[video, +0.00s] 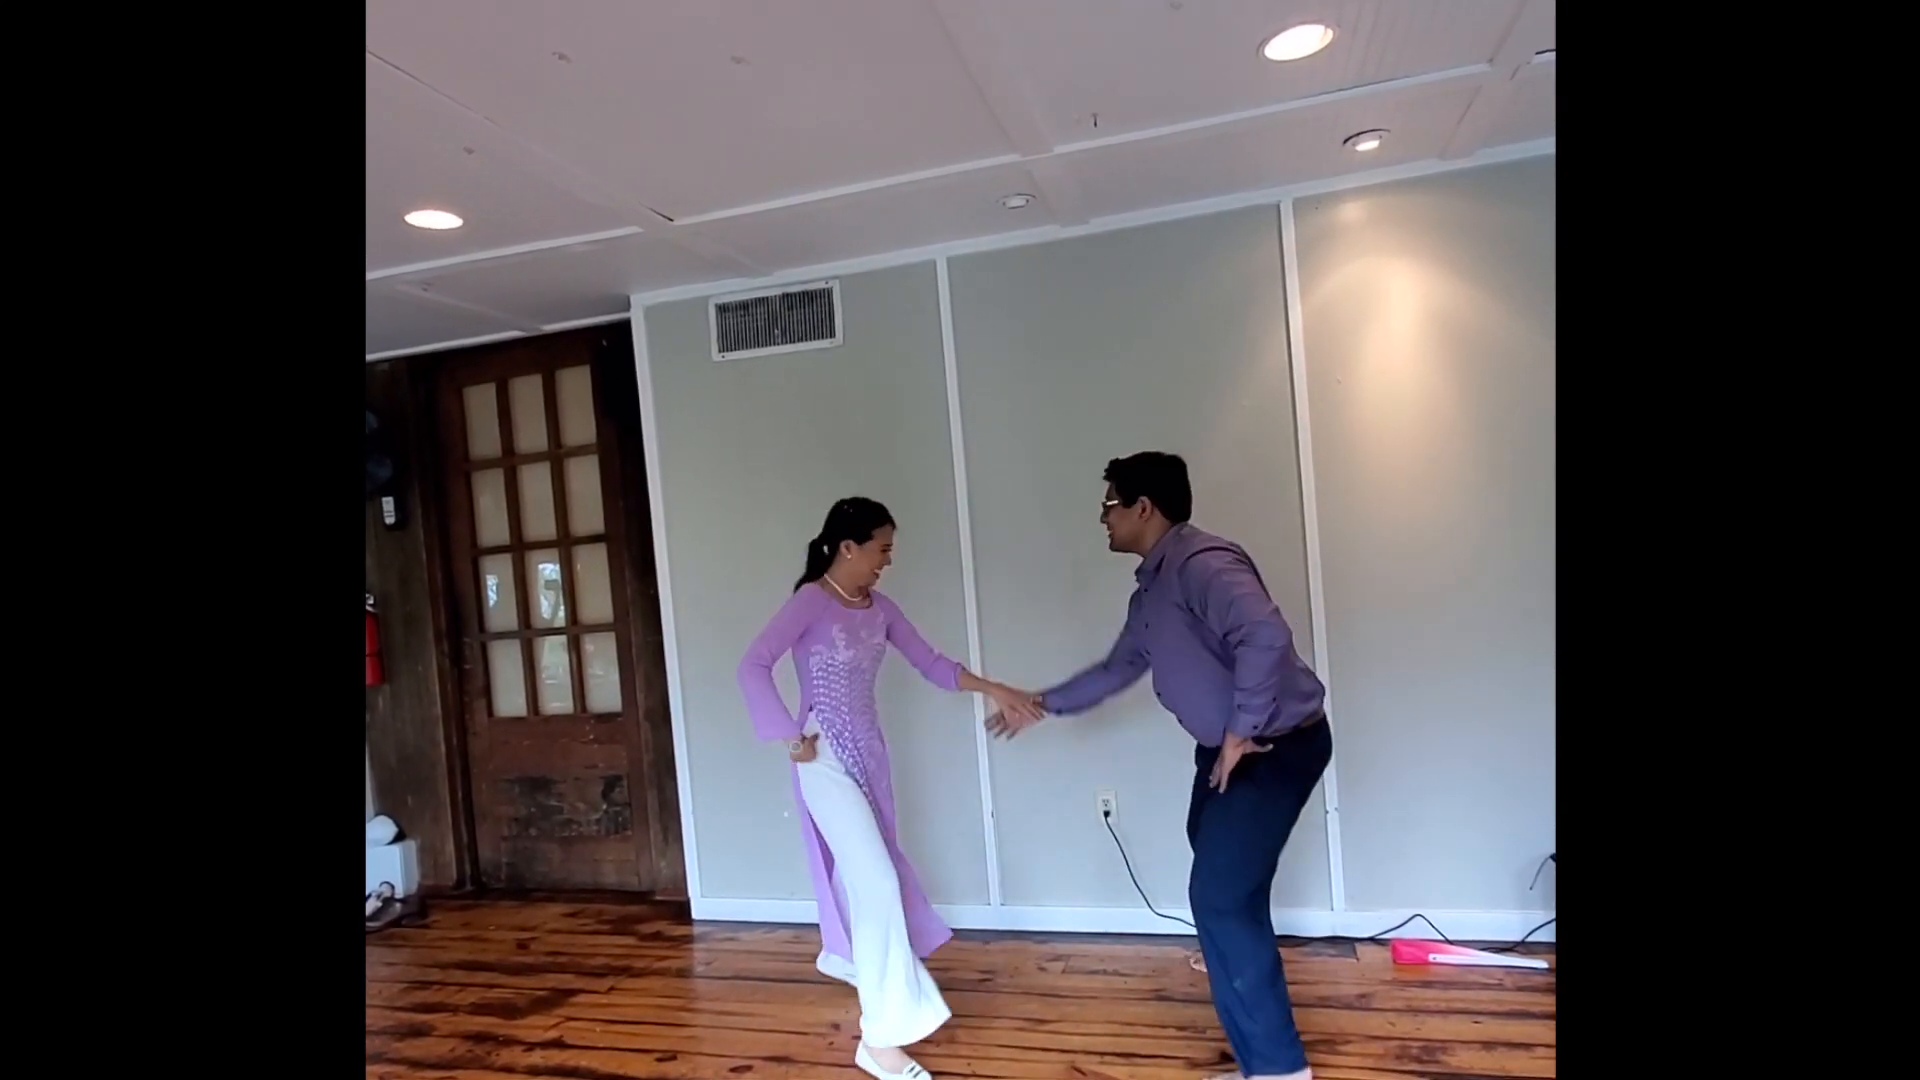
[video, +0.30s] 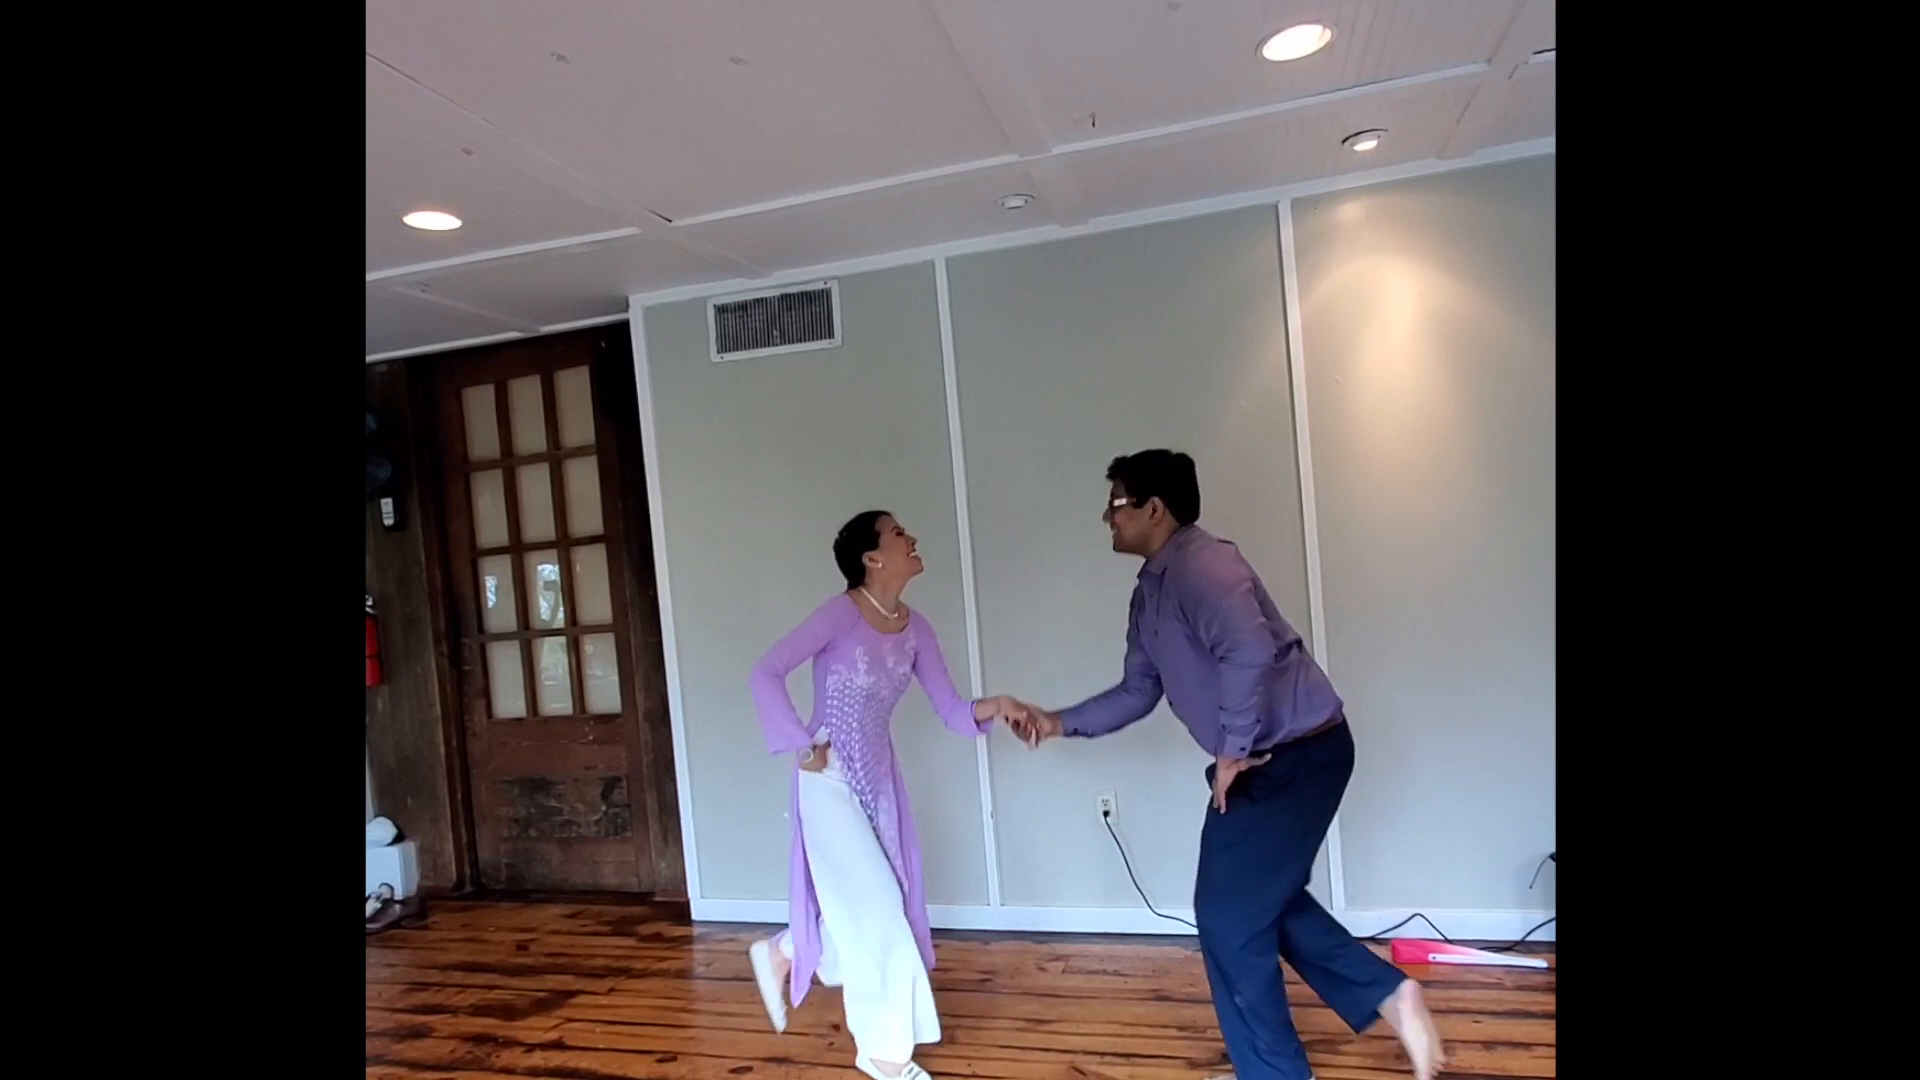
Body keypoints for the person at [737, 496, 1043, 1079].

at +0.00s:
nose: (887, 562)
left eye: (890, 552)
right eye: (881, 551)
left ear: (863, 551)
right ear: (845, 546)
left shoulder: (880, 608)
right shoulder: (810, 602)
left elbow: (931, 664)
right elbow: (753, 668)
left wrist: (996, 689)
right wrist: (789, 735)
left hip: (870, 757)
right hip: (824, 758)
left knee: (871, 862)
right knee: (877, 877)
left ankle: (842, 951)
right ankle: (879, 1038)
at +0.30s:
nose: (913, 541)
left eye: (907, 534)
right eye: (900, 536)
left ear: (886, 559)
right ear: (871, 559)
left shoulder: (915, 628)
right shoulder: (842, 612)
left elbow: (953, 714)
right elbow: (765, 673)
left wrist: (996, 706)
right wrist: (796, 740)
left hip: (879, 777)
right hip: (827, 776)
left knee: (876, 898)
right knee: (879, 900)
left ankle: (779, 955)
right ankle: (884, 1053)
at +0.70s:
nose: (940, 552)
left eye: (935, 543)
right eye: (928, 545)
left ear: (904, 561)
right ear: (896, 560)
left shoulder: (929, 633)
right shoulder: (871, 623)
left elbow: (961, 712)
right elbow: (815, 700)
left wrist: (1024, 709)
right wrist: (857, 762)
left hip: (902, 783)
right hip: (862, 783)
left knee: (933, 891)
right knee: (916, 903)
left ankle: (841, 954)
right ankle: (881, 1050)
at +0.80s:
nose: (947, 554)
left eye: (944, 545)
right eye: (937, 547)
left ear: (915, 561)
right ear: (905, 561)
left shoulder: (936, 630)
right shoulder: (883, 620)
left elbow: (969, 704)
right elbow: (847, 696)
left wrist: (1044, 718)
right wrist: (881, 767)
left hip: (912, 780)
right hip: (872, 784)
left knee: (980, 871)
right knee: (918, 905)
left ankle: (913, 975)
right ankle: (890, 1052)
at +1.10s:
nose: (979, 562)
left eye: (976, 553)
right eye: (970, 555)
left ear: (947, 568)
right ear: (940, 568)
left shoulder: (969, 626)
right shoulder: (911, 627)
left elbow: (1008, 687)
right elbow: (871, 707)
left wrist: (1085, 693)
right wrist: (910, 755)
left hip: (968, 766)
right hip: (923, 769)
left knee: (1012, 855)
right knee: (969, 862)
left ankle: (977, 948)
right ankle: (913, 969)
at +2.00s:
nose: (959, 547)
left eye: (960, 540)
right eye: (950, 537)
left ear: (940, 549)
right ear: (915, 543)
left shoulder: (959, 611)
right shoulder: (870, 602)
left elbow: (993, 665)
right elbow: (838, 651)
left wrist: (1003, 687)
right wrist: (838, 706)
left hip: (950, 752)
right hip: (896, 757)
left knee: (965, 869)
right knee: (913, 874)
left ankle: (1003, 931)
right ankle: (961, 992)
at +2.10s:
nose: (944, 553)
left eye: (948, 548)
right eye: (935, 543)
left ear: (944, 561)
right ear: (901, 547)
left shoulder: (939, 613)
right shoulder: (861, 605)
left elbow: (967, 642)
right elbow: (839, 654)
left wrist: (980, 659)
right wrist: (833, 705)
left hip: (932, 752)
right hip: (888, 756)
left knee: (929, 885)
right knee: (909, 884)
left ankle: (1008, 894)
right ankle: (957, 995)